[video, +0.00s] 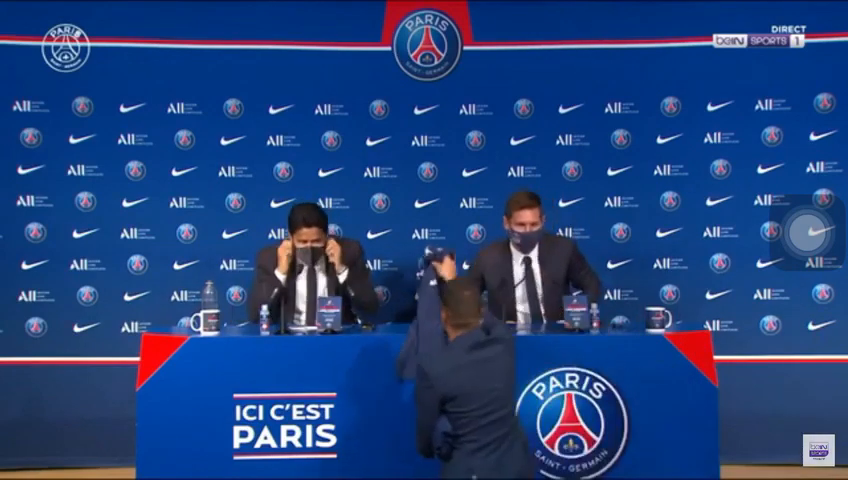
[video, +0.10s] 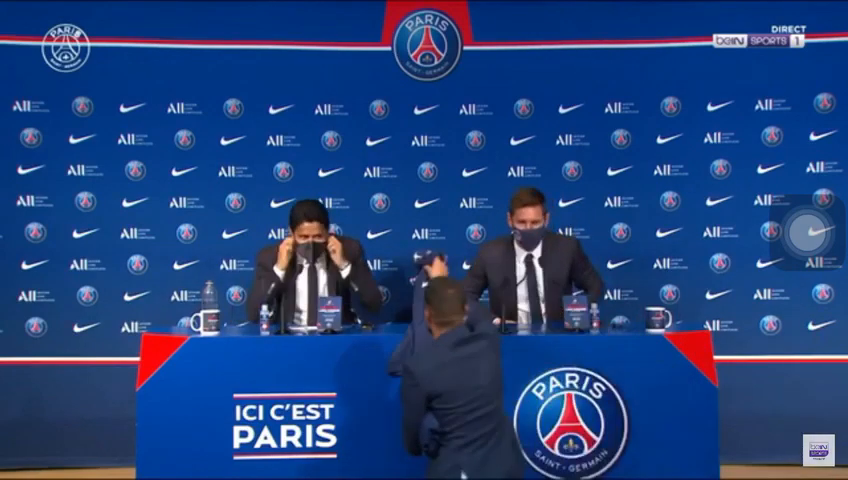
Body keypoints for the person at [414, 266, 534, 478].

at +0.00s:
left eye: (440, 309)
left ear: (444, 315)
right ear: (482, 311)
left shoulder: (435, 368)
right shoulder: (504, 344)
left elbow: (425, 444)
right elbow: (481, 312)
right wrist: (453, 281)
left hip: (467, 461)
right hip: (515, 458)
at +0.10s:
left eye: (424, 308)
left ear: (427, 314)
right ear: (465, 309)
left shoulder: (419, 366)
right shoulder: (488, 340)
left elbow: (413, 442)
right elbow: (471, 304)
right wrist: (443, 281)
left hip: (453, 460)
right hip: (503, 456)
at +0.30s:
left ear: (398, 313)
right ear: (436, 307)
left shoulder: (391, 364)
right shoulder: (460, 336)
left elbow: (390, 441)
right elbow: (445, 314)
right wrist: (437, 306)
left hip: (428, 465)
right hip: (478, 460)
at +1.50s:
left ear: (378, 309)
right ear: (416, 302)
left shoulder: (365, 361)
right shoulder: (444, 331)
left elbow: (365, 433)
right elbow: (470, 334)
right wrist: (427, 317)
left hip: (403, 462)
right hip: (454, 458)